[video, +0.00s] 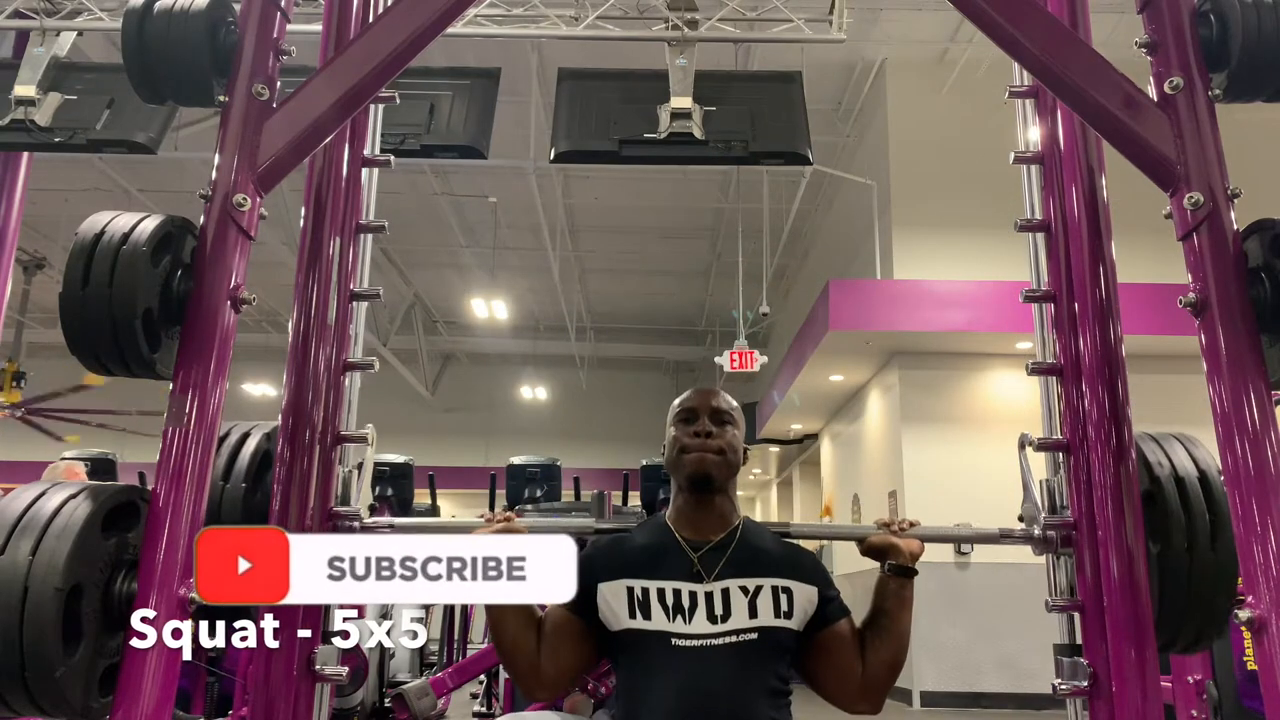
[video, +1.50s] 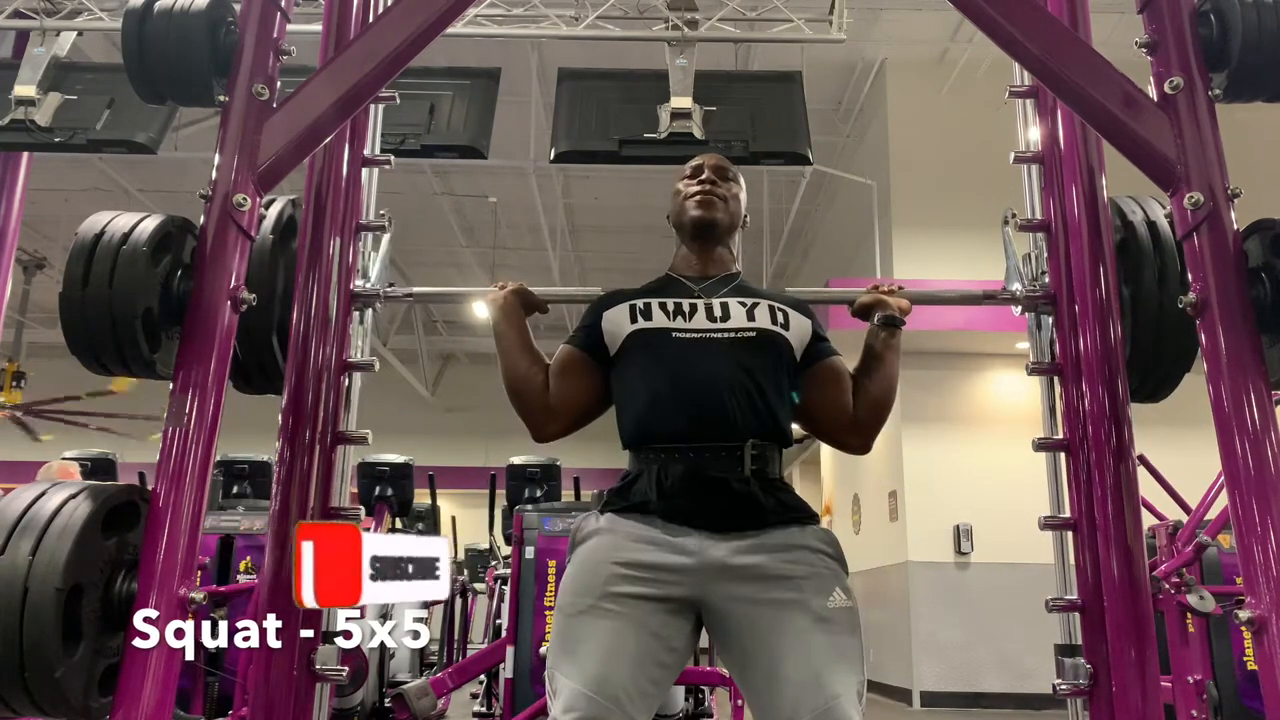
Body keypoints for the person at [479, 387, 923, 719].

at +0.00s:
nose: (705, 430)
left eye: (721, 422)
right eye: (688, 421)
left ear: (744, 454)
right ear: (665, 450)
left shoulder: (793, 569)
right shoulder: (607, 563)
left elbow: (862, 692)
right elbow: (539, 679)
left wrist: (899, 573)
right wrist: (495, 570)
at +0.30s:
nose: (703, 383)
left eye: (720, 379)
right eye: (686, 379)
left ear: (743, 420)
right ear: (667, 418)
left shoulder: (793, 525)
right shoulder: (610, 517)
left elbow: (861, 649)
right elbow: (544, 640)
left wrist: (895, 533)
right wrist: (503, 533)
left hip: (767, 703)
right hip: (636, 703)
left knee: (896, 716)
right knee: (517, 717)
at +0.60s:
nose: (702, 328)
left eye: (719, 323)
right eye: (686, 325)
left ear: (740, 357)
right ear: (665, 359)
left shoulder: (789, 463)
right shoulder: (611, 459)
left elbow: (857, 583)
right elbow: (544, 565)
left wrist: (893, 471)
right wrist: (500, 459)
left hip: (769, 671)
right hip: (635, 668)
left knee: (888, 716)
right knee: (519, 715)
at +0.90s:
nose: (704, 224)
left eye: (722, 225)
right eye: (690, 222)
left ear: (742, 265)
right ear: (669, 260)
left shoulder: (788, 362)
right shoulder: (617, 360)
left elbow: (856, 478)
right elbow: (549, 464)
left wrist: (887, 378)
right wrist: (506, 363)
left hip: (772, 590)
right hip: (633, 587)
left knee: (866, 715)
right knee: (541, 713)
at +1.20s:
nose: (707, 180)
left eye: (724, 176)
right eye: (691, 174)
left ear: (743, 212)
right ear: (670, 210)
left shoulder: (789, 312)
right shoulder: (617, 309)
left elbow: (855, 427)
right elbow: (545, 414)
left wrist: (885, 327)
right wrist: (507, 310)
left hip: (773, 533)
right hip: (639, 529)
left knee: (821, 709)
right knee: (595, 706)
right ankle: (676, 706)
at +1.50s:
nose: (707, 182)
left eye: (724, 178)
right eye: (692, 176)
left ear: (744, 214)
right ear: (669, 212)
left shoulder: (789, 318)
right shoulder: (617, 311)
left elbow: (856, 430)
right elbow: (547, 416)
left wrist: (886, 331)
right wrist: (507, 313)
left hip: (774, 538)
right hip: (637, 532)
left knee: (821, 710)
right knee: (588, 707)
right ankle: (674, 706)